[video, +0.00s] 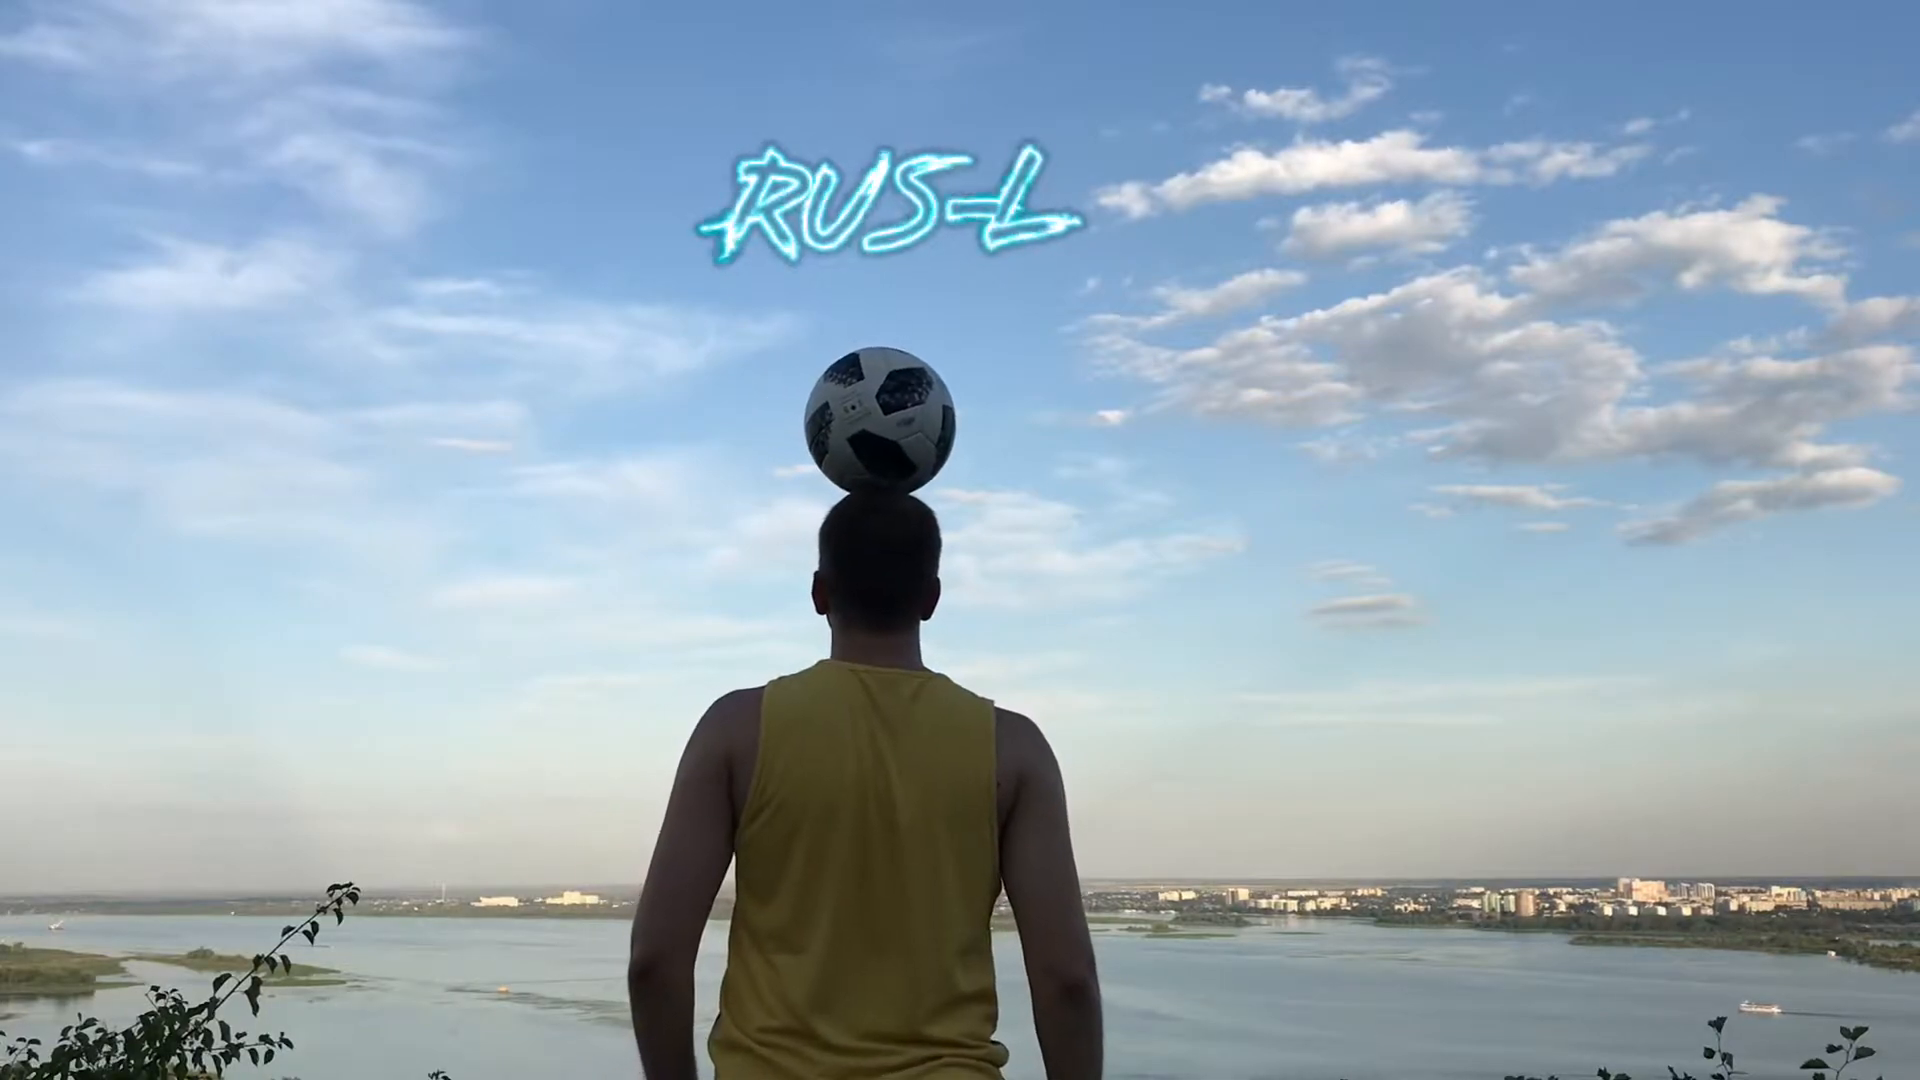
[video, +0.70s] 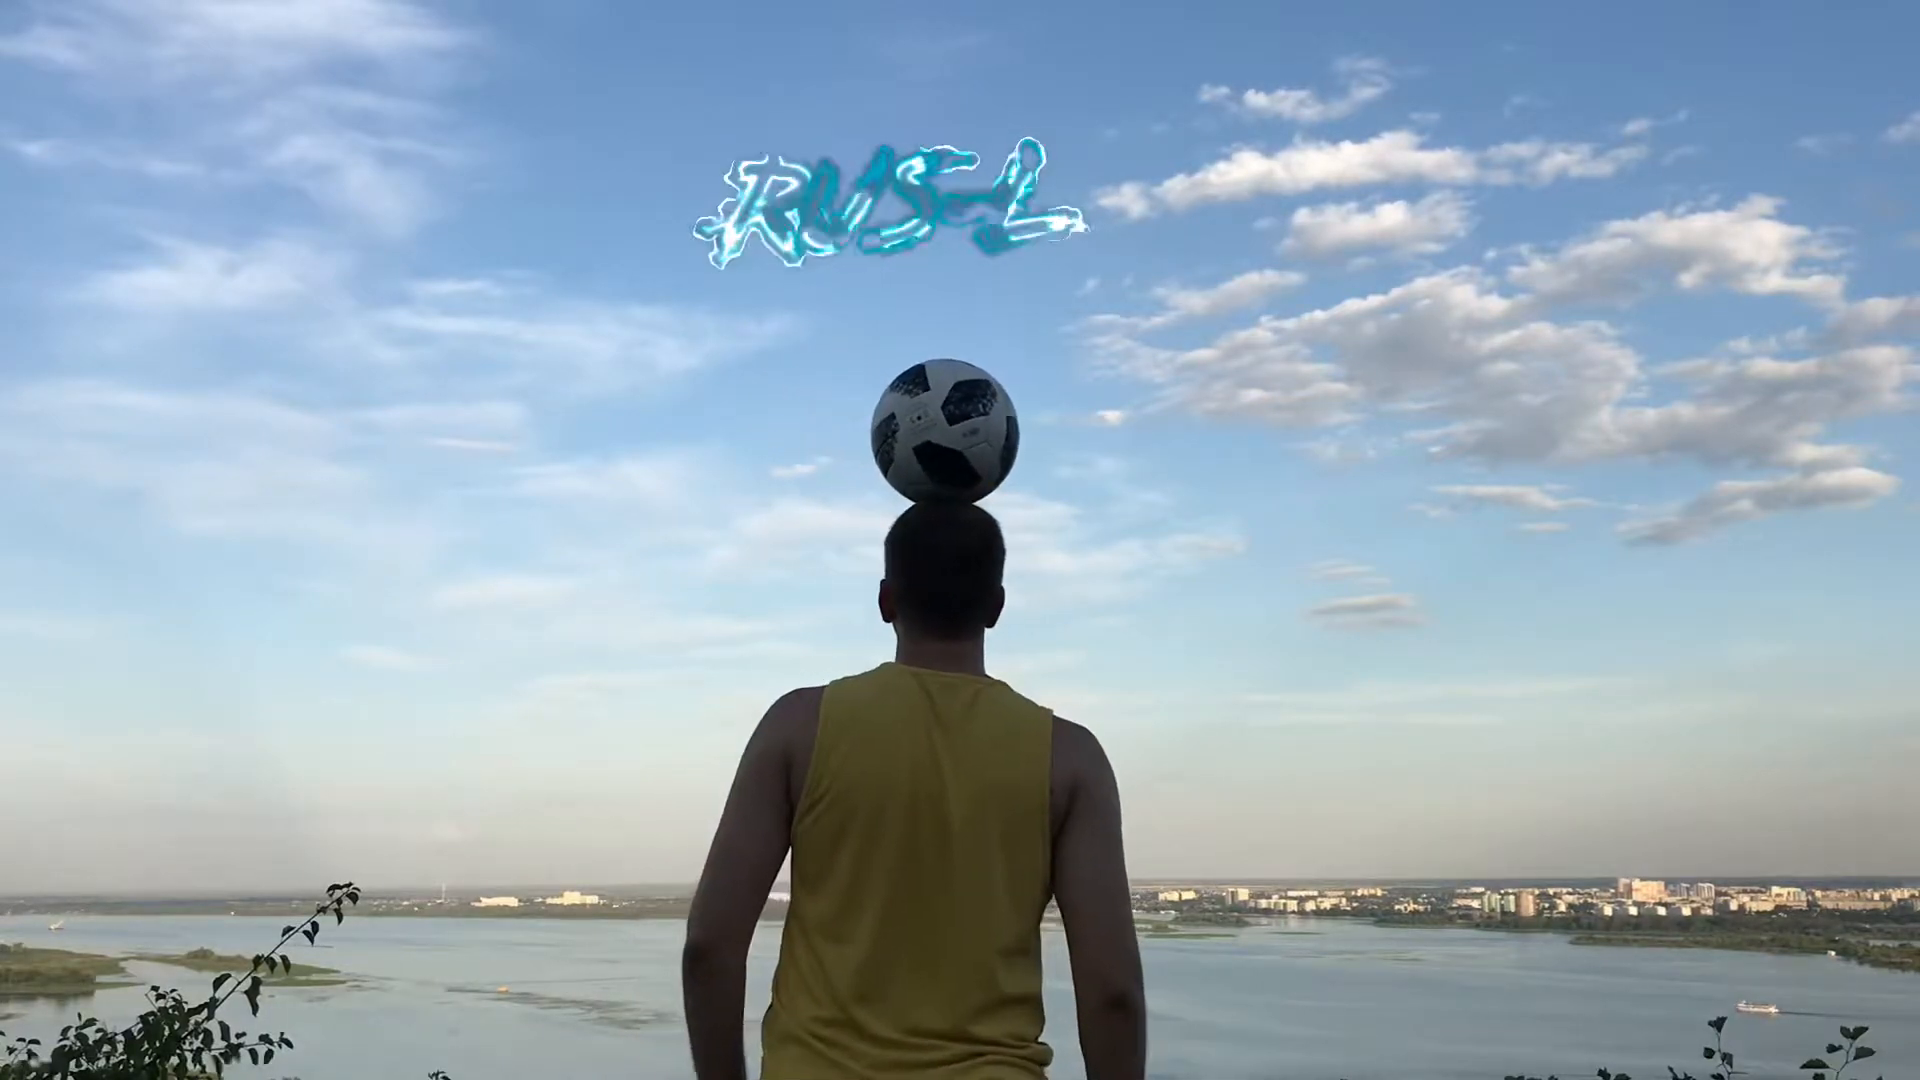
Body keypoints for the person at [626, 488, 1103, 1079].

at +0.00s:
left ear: (818, 591)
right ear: (934, 597)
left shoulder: (737, 726)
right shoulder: (1011, 744)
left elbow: (655, 963)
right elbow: (1068, 983)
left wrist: (675, 1072)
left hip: (770, 1059)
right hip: (950, 1062)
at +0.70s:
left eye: (883, 586)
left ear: (884, 601)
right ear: (998, 606)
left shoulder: (799, 723)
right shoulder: (1067, 752)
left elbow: (710, 947)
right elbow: (1114, 996)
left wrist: (723, 1069)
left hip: (818, 1057)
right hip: (995, 1060)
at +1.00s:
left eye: (961, 592)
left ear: (965, 605)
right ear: (1077, 604)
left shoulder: (885, 719)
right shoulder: (1153, 756)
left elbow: (788, 937)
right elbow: (1186, 1000)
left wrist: (797, 1072)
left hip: (880, 1056)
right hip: (1058, 1062)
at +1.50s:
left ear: (888, 600)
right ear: (999, 603)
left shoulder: (819, 734)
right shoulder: (1088, 742)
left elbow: (743, 963)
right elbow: (1155, 975)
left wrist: (765, 1074)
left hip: (856, 1061)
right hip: (1034, 1063)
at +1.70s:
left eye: (801, 577)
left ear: (800, 591)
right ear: (915, 598)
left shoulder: (729, 736)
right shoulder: (1002, 734)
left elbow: (672, 981)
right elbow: (1086, 958)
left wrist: (698, 1075)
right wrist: (1107, 1074)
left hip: (796, 1060)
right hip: (974, 1061)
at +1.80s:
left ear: (774, 585)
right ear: (889, 592)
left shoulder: (701, 732)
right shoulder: (974, 732)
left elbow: (639, 970)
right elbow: (1053, 956)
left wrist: (665, 1073)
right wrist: (1076, 1070)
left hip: (772, 1057)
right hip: (944, 1057)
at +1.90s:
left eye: (750, 564)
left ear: (743, 584)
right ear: (860, 590)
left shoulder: (674, 733)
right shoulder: (945, 730)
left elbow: (610, 960)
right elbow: (1021, 932)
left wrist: (635, 1072)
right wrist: (1049, 1067)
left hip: (744, 1058)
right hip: (918, 1059)